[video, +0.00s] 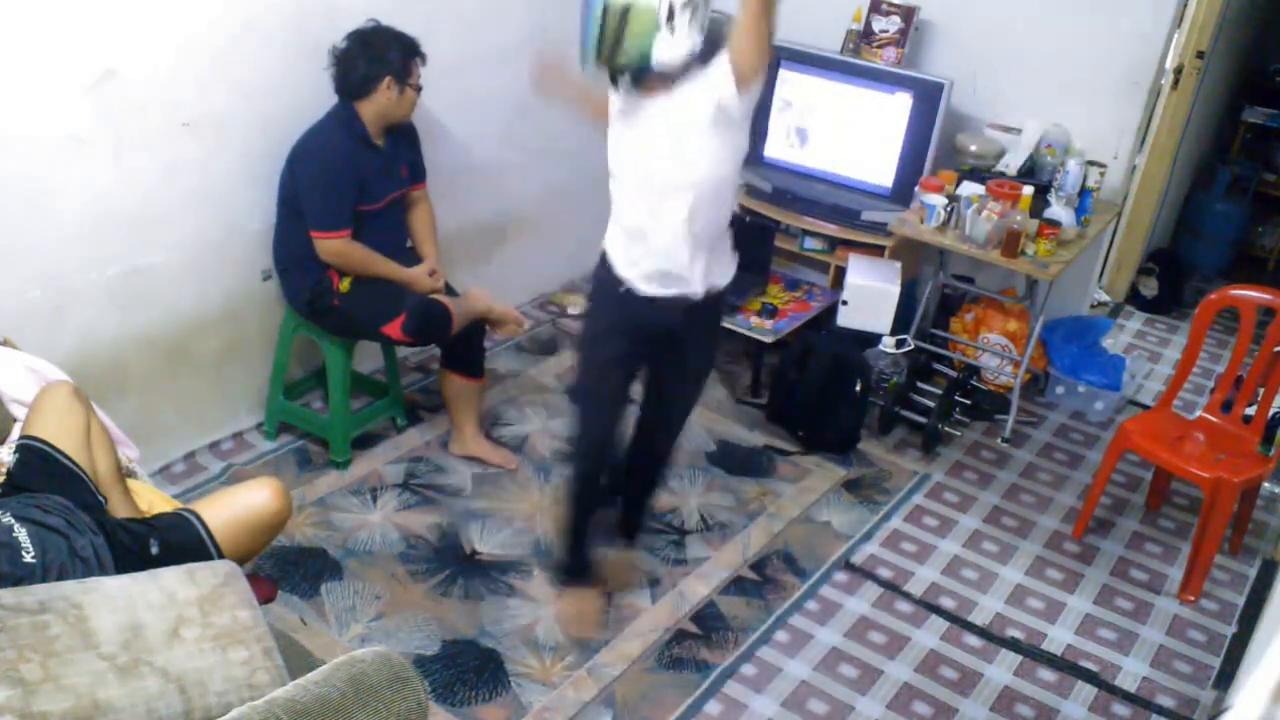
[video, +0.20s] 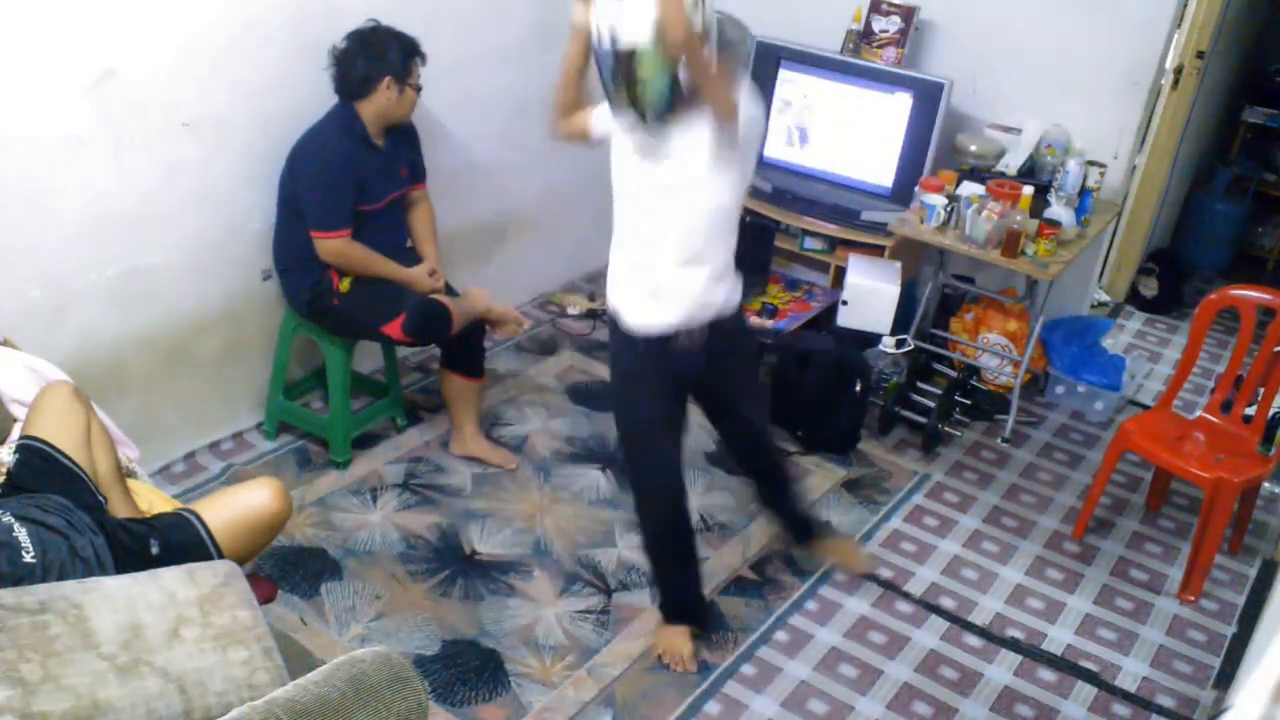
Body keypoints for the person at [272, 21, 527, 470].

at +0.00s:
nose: (419, 96)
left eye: (419, 87)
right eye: (416, 87)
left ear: (387, 88)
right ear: (387, 88)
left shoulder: (400, 131)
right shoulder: (326, 151)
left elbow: (417, 202)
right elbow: (333, 249)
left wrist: (428, 260)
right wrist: (407, 277)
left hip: (388, 264)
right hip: (325, 282)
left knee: (465, 323)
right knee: (424, 323)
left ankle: (466, 436)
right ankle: (476, 306)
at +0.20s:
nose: (419, 96)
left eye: (419, 87)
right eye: (416, 87)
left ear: (386, 87)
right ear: (387, 87)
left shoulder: (400, 130)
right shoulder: (326, 151)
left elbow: (418, 202)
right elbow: (333, 250)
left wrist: (428, 260)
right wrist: (407, 277)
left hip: (388, 265)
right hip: (325, 283)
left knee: (466, 323)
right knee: (426, 323)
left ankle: (466, 435)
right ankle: (476, 306)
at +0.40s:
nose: (419, 96)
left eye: (419, 87)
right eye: (416, 87)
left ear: (387, 88)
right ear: (387, 88)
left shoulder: (400, 130)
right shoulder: (326, 151)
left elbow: (418, 202)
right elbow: (332, 249)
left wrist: (429, 260)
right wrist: (407, 276)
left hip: (388, 265)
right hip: (325, 281)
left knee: (465, 323)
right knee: (423, 324)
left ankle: (466, 435)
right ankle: (477, 306)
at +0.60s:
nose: (420, 96)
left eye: (420, 87)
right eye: (416, 86)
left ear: (387, 88)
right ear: (387, 88)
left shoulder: (400, 131)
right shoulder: (326, 150)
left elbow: (418, 202)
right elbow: (332, 249)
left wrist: (430, 261)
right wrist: (407, 277)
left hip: (388, 265)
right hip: (326, 283)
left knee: (465, 322)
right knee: (424, 324)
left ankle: (466, 435)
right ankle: (477, 305)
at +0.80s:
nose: (420, 95)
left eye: (420, 86)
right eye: (416, 86)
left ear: (387, 88)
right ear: (387, 88)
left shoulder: (400, 131)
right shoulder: (326, 150)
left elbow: (417, 201)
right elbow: (332, 249)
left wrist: (430, 260)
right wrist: (407, 276)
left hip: (388, 264)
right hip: (325, 283)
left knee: (465, 322)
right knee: (424, 324)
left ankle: (466, 435)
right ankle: (478, 305)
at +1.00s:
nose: (420, 96)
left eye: (420, 87)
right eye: (416, 87)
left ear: (387, 87)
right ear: (388, 87)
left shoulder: (399, 131)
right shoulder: (326, 151)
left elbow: (417, 201)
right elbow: (332, 249)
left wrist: (430, 261)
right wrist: (407, 275)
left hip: (387, 264)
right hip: (325, 284)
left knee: (465, 324)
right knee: (422, 323)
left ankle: (466, 435)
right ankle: (473, 306)